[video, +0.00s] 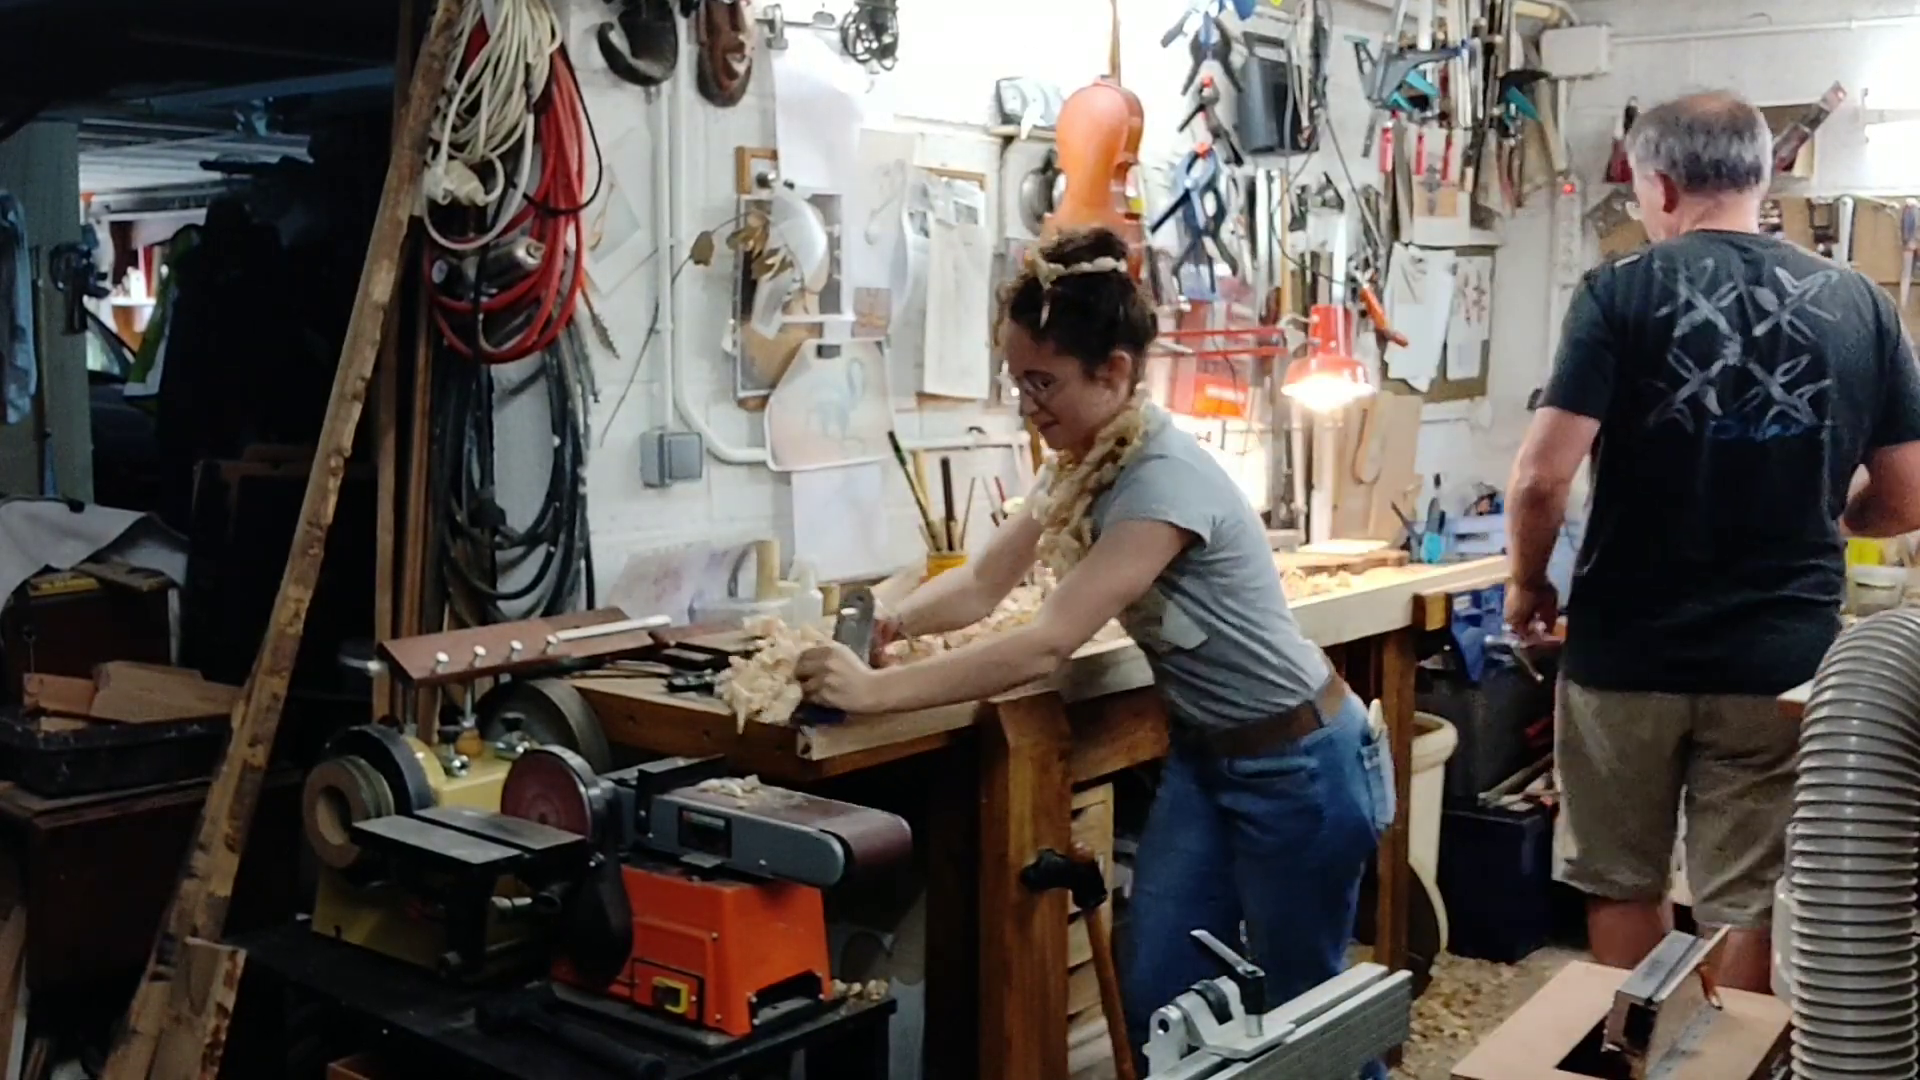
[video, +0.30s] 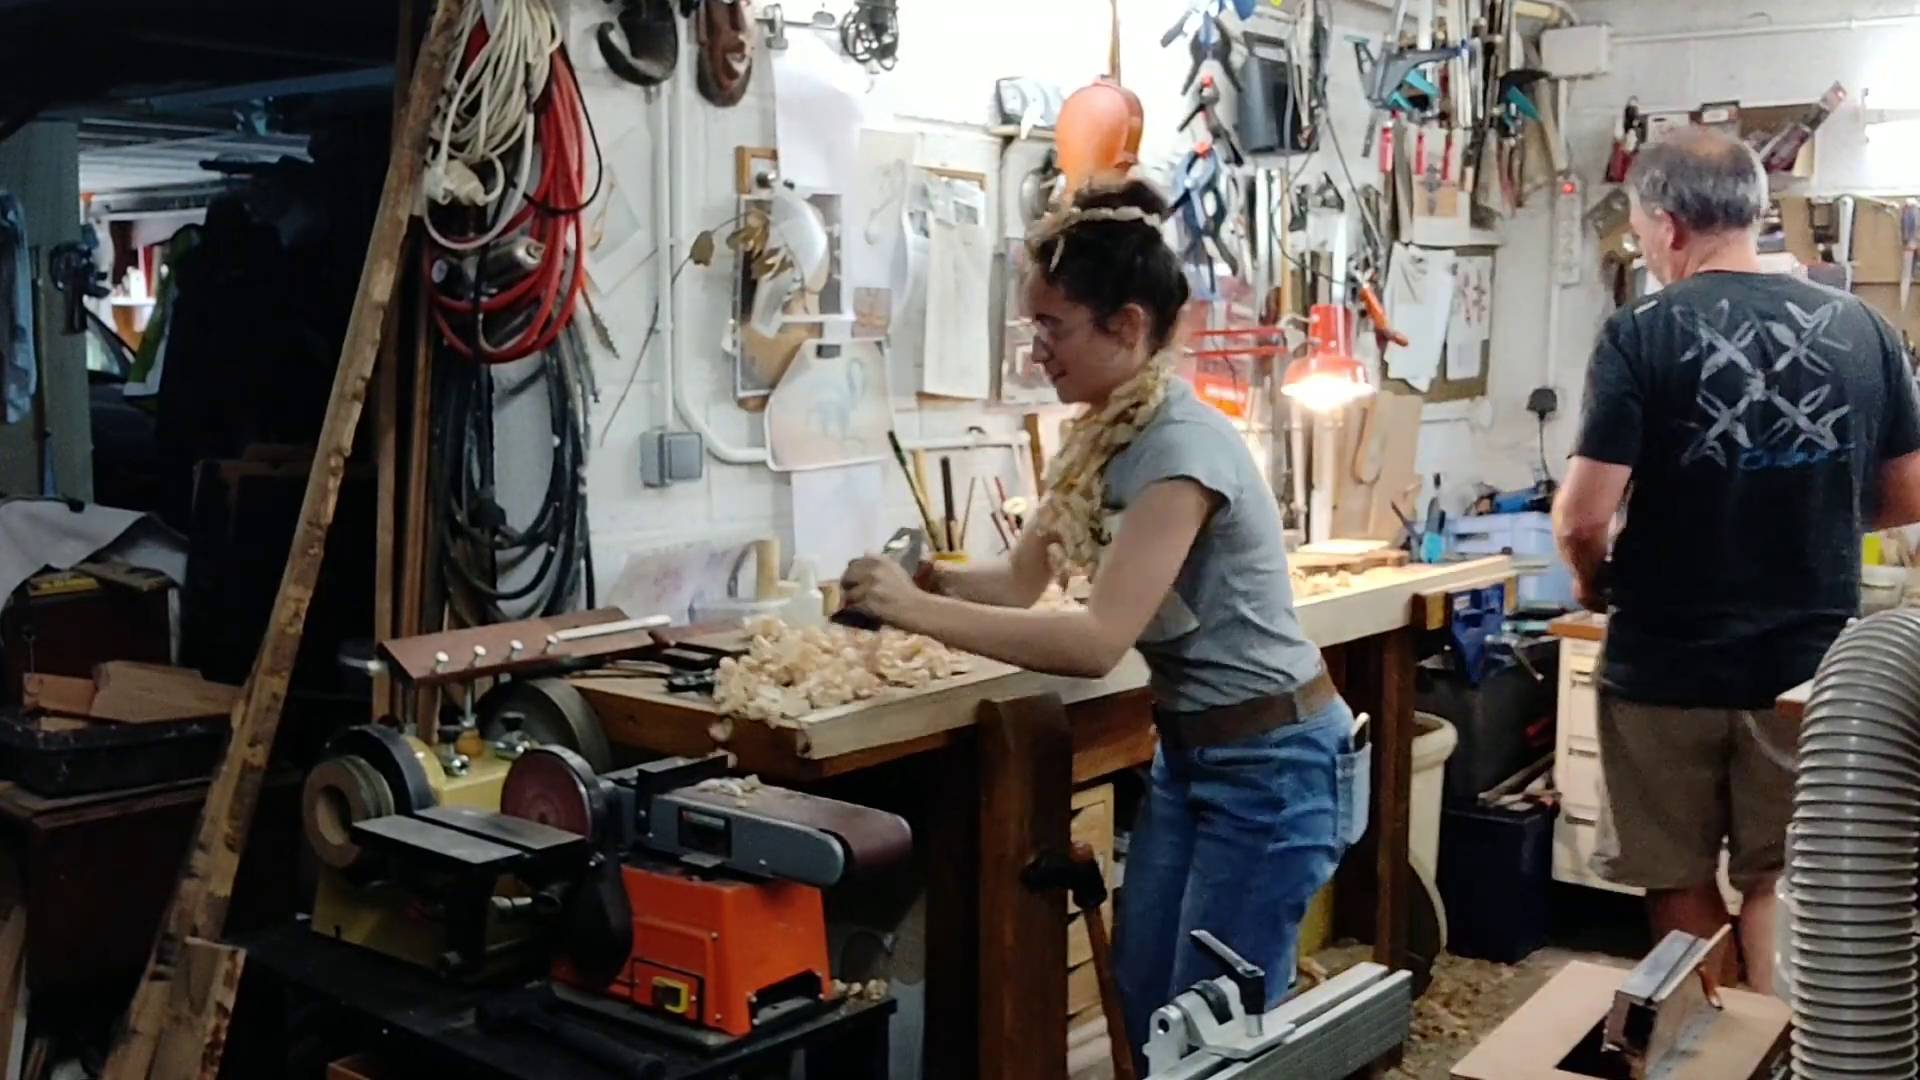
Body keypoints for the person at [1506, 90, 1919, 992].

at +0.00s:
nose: (1639, 211)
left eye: (1639, 192)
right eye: (1637, 194)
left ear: (1663, 188)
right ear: (1764, 184)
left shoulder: (1621, 291)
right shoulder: (1857, 302)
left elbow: (1540, 477)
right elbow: (1900, 504)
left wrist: (1527, 581)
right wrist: (1807, 502)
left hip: (1627, 641)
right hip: (1780, 646)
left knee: (1622, 890)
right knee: (1747, 908)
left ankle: (1628, 1075)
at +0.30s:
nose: (1640, 249)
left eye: (1639, 227)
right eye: (1637, 229)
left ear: (1669, 223)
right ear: (1756, 214)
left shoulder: (1642, 333)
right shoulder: (1861, 327)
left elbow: (1582, 520)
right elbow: (1905, 497)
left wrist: (1594, 578)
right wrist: (1811, 508)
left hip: (1668, 656)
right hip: (1807, 653)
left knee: (1680, 886)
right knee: (1775, 877)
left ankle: (1710, 1060)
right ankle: (1779, 1054)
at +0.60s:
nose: (1630, 249)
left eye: (1631, 226)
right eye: (1624, 229)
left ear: (1679, 215)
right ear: (1739, 210)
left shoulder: (1689, 312)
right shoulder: (1842, 302)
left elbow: (1634, 491)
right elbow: (1868, 460)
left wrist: (1587, 524)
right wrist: (1763, 481)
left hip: (1711, 635)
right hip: (1823, 626)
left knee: (1699, 852)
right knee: (1775, 845)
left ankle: (1705, 1038)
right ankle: (1779, 1020)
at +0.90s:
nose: (1616, 262)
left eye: (1620, 238)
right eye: (1611, 243)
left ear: (1679, 223)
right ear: (1687, 228)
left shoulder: (1743, 314)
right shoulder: (1734, 306)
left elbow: (1708, 485)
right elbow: (1686, 461)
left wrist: (1568, 512)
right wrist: (1595, 481)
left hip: (1722, 624)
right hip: (1762, 615)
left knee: (1622, 792)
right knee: (1748, 799)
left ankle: (1684, 998)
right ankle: (1782, 979)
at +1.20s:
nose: (1561, 292)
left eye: (1569, 272)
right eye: (1557, 275)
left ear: (1628, 254)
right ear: (1624, 260)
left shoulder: (1714, 337)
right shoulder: (1633, 343)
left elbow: (1673, 501)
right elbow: (1626, 481)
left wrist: (1554, 529)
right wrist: (1552, 527)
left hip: (1702, 625)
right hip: (1647, 614)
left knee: (1633, 813)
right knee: (1637, 784)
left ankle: (1633, 1007)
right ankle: (1729, 938)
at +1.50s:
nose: (1553, 328)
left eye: (1557, 314)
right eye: (1547, 316)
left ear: (1596, 292)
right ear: (1598, 287)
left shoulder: (1687, 355)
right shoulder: (1596, 353)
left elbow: (1666, 509)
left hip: (1704, 618)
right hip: (1632, 604)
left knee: (1634, 813)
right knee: (1603, 802)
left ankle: (1637, 990)